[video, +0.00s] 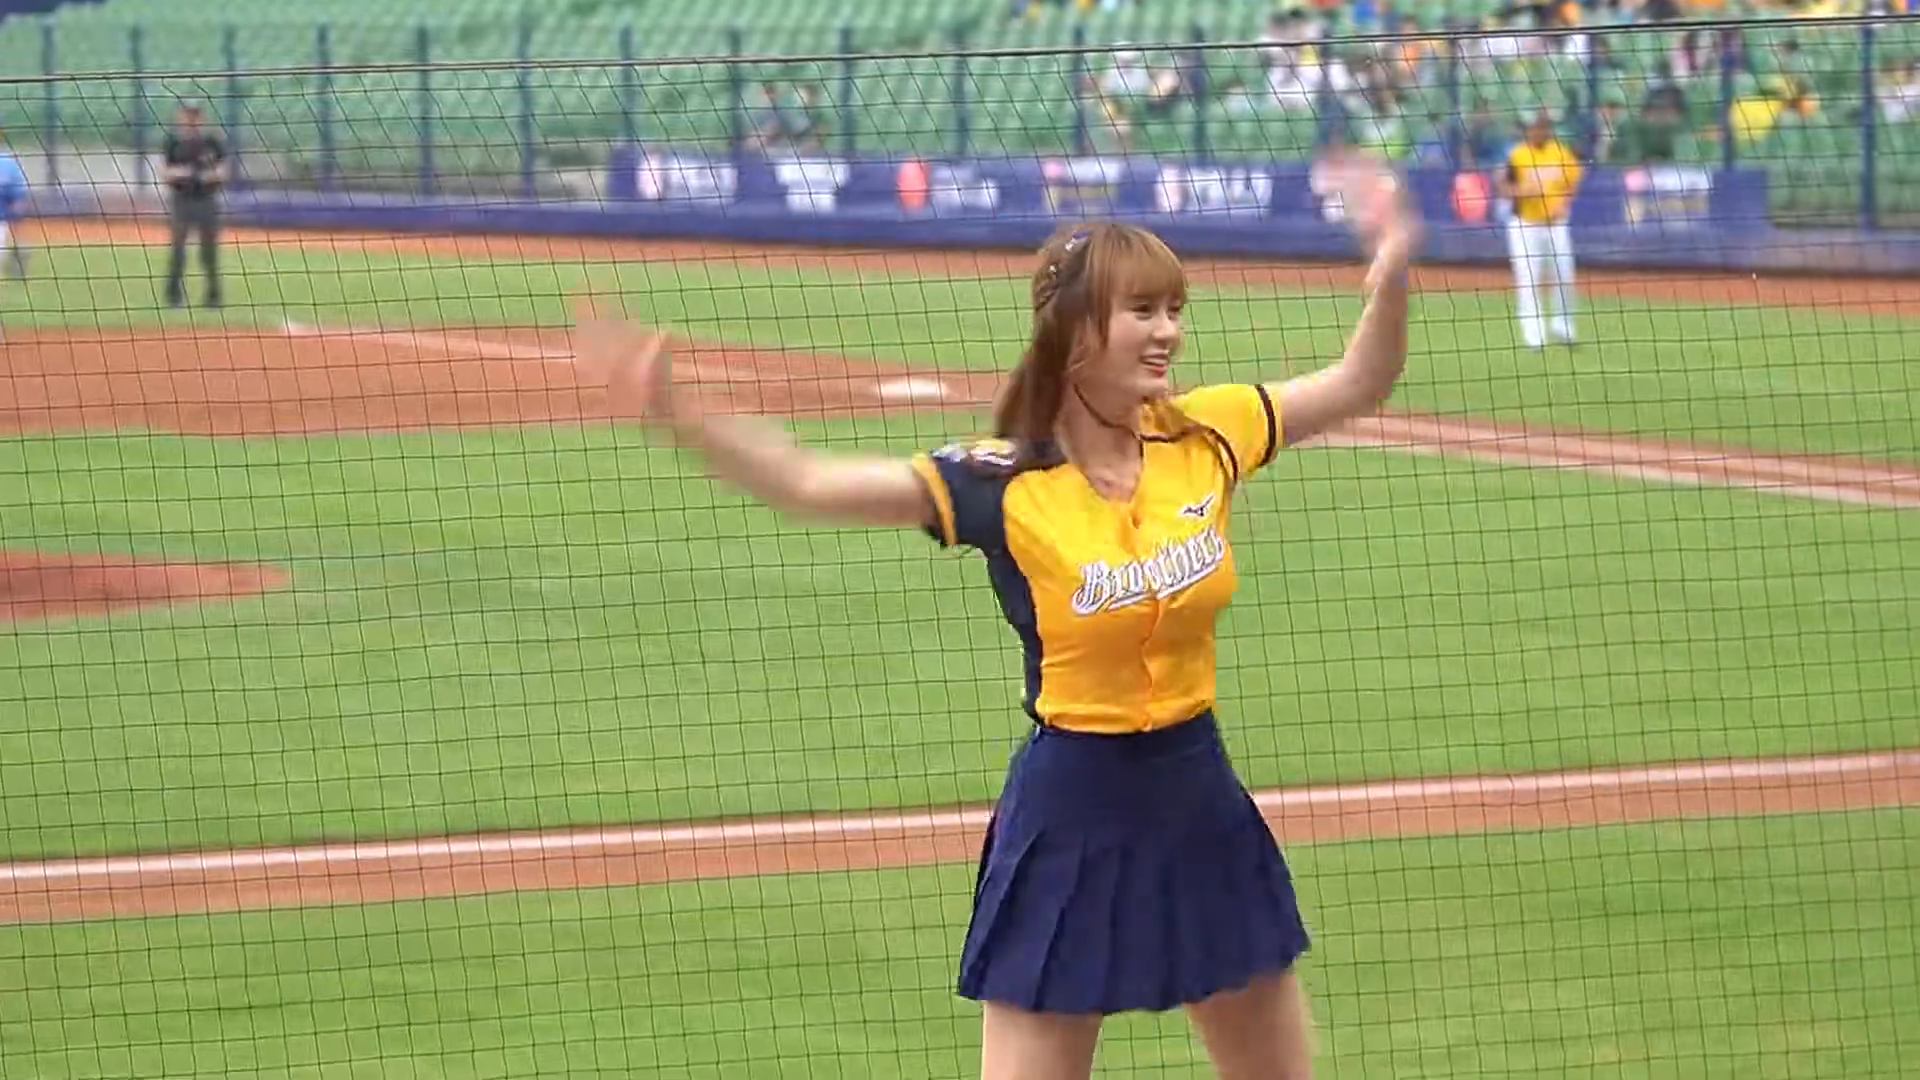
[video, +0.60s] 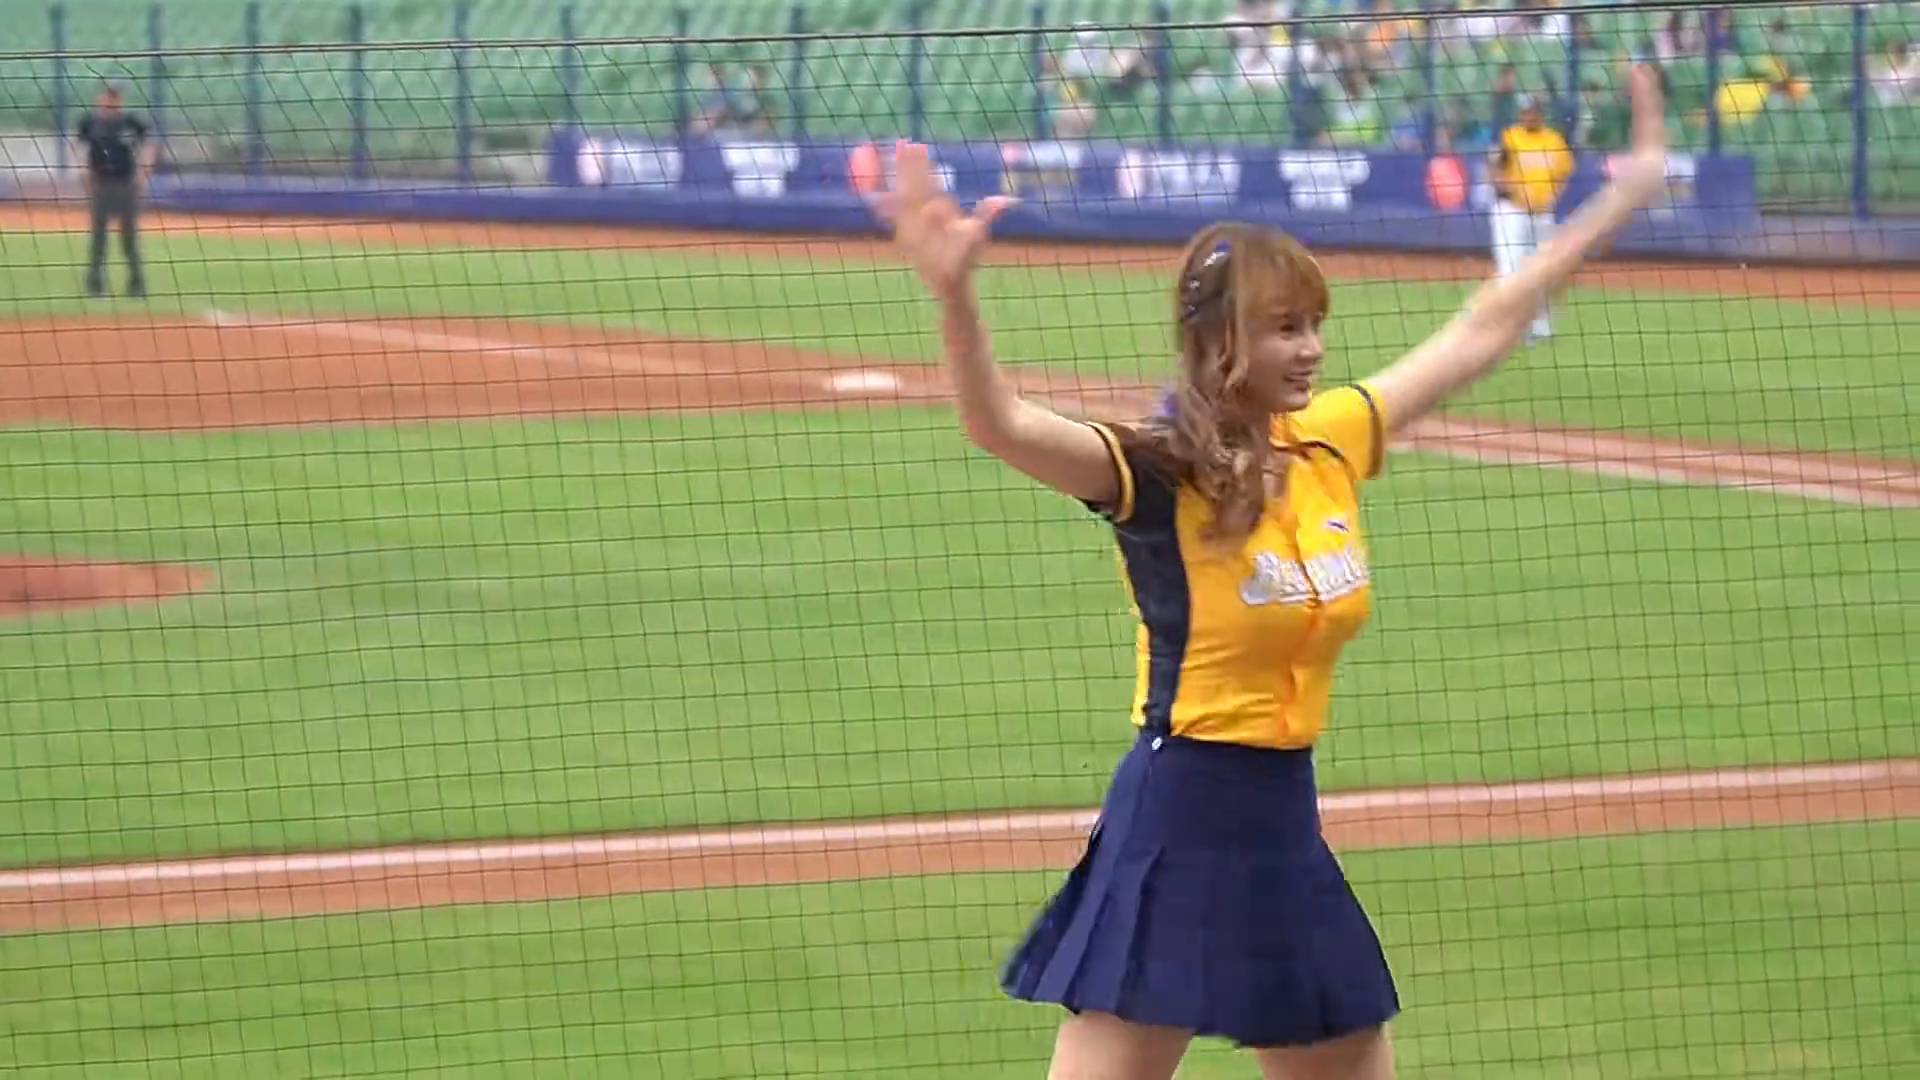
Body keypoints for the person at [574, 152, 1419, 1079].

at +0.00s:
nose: (1169, 332)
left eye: (1174, 310)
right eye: (1145, 309)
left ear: (1173, 328)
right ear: (1073, 325)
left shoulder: (1206, 433)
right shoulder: (998, 482)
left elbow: (1360, 384)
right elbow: (805, 483)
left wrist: (1391, 276)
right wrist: (675, 417)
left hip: (1201, 808)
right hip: (1068, 821)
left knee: (1278, 1066)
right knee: (1029, 1066)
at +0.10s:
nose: (1154, 337)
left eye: (1157, 316)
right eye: (1128, 317)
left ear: (1159, 331)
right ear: (1054, 343)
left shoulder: (1189, 446)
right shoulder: (997, 513)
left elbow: (1285, 526)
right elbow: (842, 643)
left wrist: (1293, 507)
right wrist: (684, 733)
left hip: (1180, 798)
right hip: (1051, 822)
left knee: (1304, 1065)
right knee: (1027, 1067)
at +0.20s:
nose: (1156, 390)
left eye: (1158, 367)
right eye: (1130, 367)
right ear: (1053, 390)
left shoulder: (1165, 504)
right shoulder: (995, 583)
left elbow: (1228, 574)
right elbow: (903, 769)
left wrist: (1314, 614)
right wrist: (800, 947)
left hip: (1157, 851)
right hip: (1037, 882)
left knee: (1332, 1067)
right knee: (1032, 1061)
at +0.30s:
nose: (1175, 361)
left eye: (1175, 340)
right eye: (1152, 344)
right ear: (1080, 374)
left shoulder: (1187, 460)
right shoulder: (1015, 552)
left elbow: (1278, 477)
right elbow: (920, 711)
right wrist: (812, 859)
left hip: (1178, 827)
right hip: (1058, 857)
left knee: (1357, 1065)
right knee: (1040, 1062)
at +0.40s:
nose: (1218, 312)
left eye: (1218, 290)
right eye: (1198, 293)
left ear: (1170, 309)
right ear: (1122, 311)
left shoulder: (1227, 393)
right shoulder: (1061, 466)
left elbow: (1332, 340)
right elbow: (915, 566)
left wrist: (1441, 287)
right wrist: (792, 608)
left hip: (1206, 772)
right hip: (1090, 785)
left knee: (1361, 1066)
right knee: (1037, 1066)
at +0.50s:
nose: (1260, 331)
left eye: (1261, 310)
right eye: (1239, 312)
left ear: (1247, 320)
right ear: (1165, 324)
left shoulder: (1271, 396)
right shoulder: (1095, 443)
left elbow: (1394, 290)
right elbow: (951, 435)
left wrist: (1502, 184)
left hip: (1253, 792)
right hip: (1137, 799)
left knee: (1336, 1063)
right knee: (1070, 1063)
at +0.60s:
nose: (1313, 345)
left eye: (1317, 324)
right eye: (1289, 326)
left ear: (1317, 331)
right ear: (1218, 339)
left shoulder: (1337, 436)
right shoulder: (1152, 469)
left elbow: (1485, 328)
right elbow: (996, 424)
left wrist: (1613, 205)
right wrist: (954, 293)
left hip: (1289, 836)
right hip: (1173, 831)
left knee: (1355, 1064)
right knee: (1098, 1068)